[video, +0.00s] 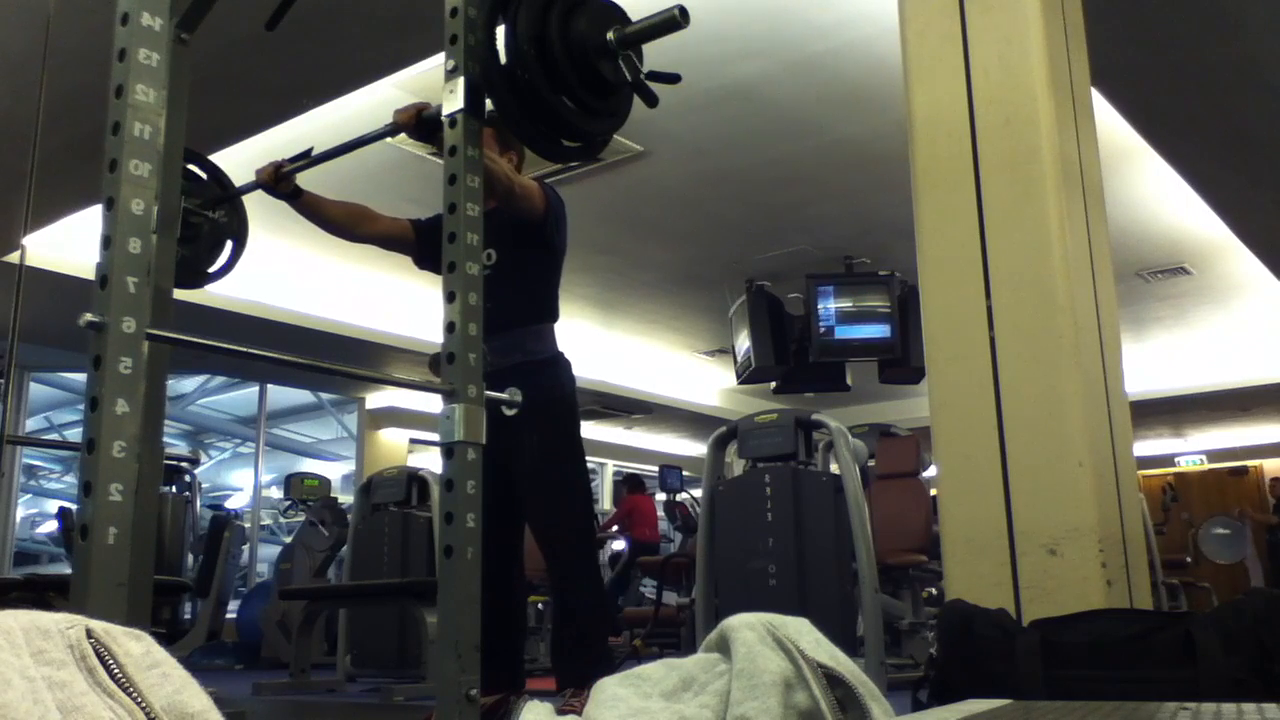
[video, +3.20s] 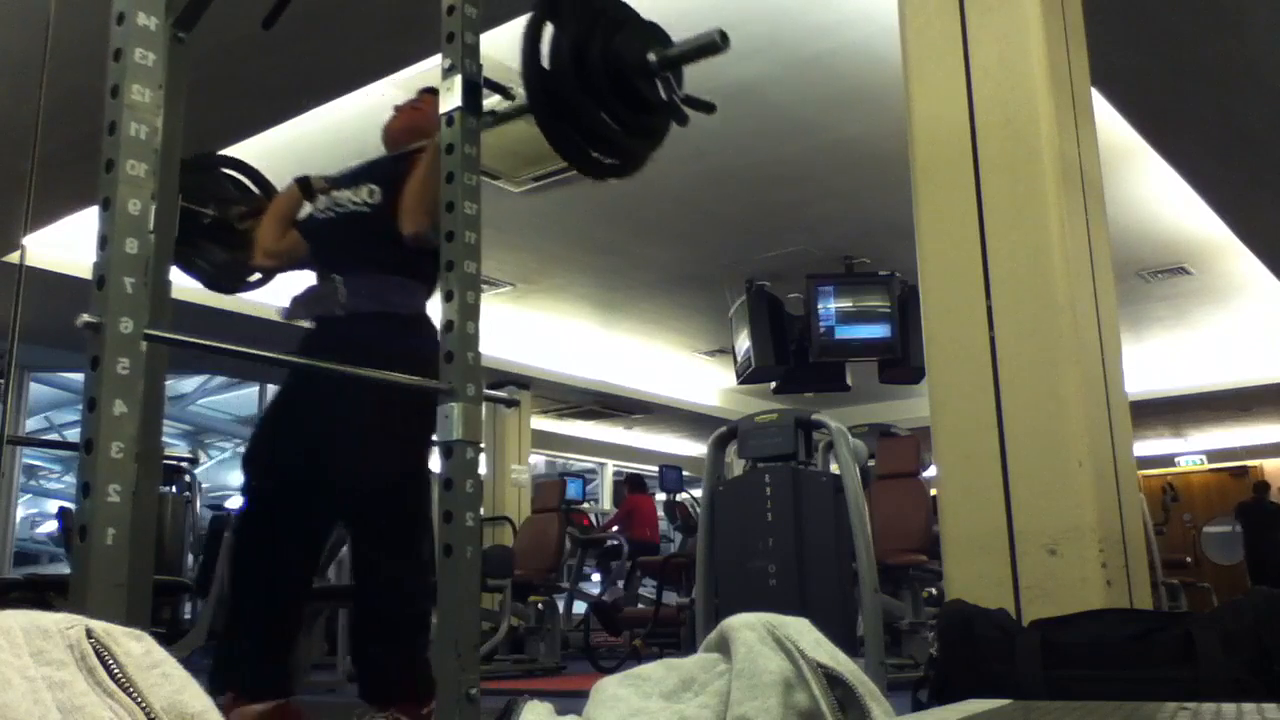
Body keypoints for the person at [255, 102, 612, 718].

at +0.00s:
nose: (467, 166)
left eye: (477, 154)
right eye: (461, 159)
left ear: (510, 155)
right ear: (458, 165)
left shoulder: (542, 208)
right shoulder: (457, 227)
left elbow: (504, 180)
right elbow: (369, 224)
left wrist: (441, 133)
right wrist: (295, 193)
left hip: (536, 384)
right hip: (475, 393)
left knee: (563, 538)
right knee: (487, 547)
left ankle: (580, 684)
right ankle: (497, 687)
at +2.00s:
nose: (470, 154)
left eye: (482, 143)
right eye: (465, 144)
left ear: (513, 152)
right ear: (455, 154)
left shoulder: (535, 198)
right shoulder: (447, 215)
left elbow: (506, 183)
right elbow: (361, 235)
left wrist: (443, 139)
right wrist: (296, 194)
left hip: (527, 383)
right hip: (469, 386)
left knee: (529, 532)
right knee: (472, 536)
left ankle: (532, 687)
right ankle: (485, 685)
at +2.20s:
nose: (428, 155)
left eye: (444, 146)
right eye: (427, 147)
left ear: (476, 156)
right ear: (427, 159)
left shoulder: (502, 208)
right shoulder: (407, 226)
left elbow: (499, 226)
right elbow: (331, 273)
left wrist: (436, 144)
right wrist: (291, 203)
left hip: (490, 397)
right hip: (421, 399)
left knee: (469, 544)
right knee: (370, 533)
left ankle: (475, 685)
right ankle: (437, 677)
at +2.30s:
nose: (403, 150)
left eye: (418, 140)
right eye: (399, 142)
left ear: (446, 153)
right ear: (393, 158)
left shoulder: (470, 206)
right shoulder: (382, 226)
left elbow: (469, 241)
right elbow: (304, 284)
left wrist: (434, 160)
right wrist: (281, 206)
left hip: (447, 404)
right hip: (386, 402)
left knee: (426, 553)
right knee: (298, 524)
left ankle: (445, 690)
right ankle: (343, 675)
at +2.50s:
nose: (373, 118)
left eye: (389, 114)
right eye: (370, 112)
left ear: (409, 140)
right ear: (354, 135)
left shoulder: (412, 195)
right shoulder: (315, 210)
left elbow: (399, 231)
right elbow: (240, 271)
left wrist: (412, 147)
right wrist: (258, 194)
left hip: (351, 379)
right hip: (287, 380)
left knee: (351, 546)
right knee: (220, 517)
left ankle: (432, 681)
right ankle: (250, 694)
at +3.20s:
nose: (404, 106)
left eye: (421, 103)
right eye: (404, 101)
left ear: (442, 130)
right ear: (390, 124)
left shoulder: (442, 178)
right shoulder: (354, 192)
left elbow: (414, 226)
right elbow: (267, 249)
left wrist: (440, 141)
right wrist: (300, 188)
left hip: (394, 352)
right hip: (325, 352)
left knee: (386, 516)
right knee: (275, 502)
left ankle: (399, 693)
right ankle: (258, 685)